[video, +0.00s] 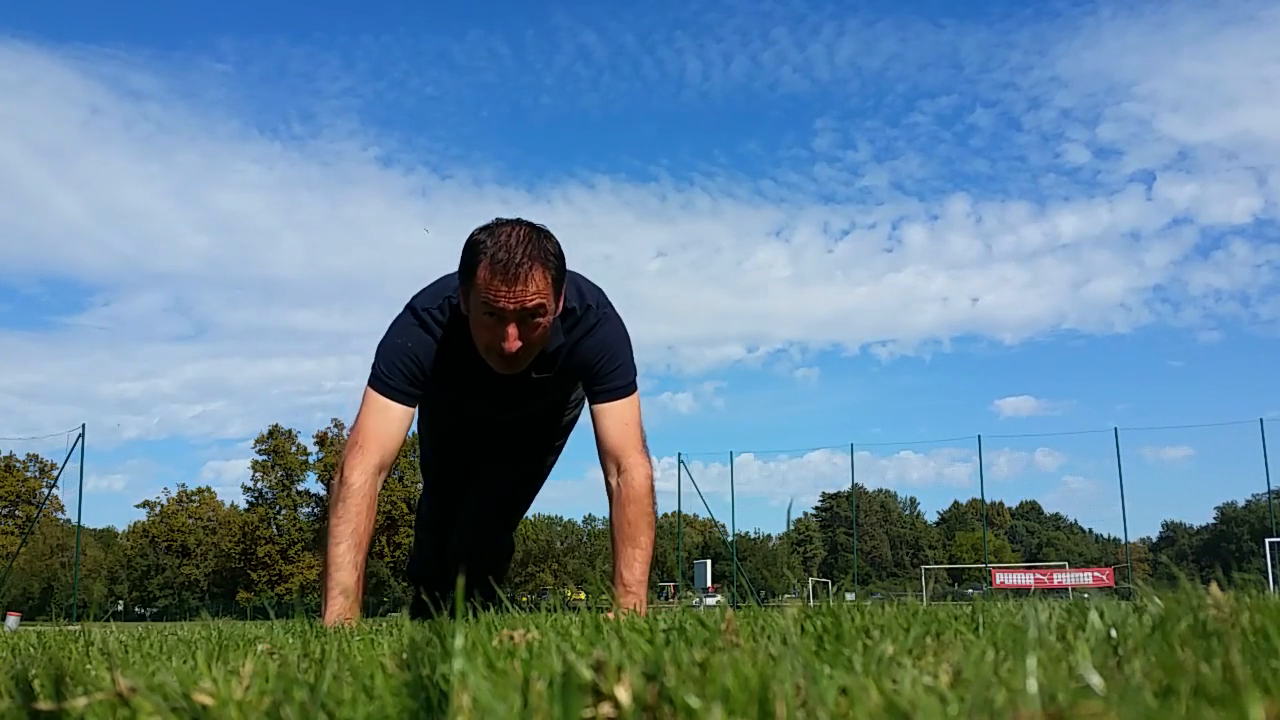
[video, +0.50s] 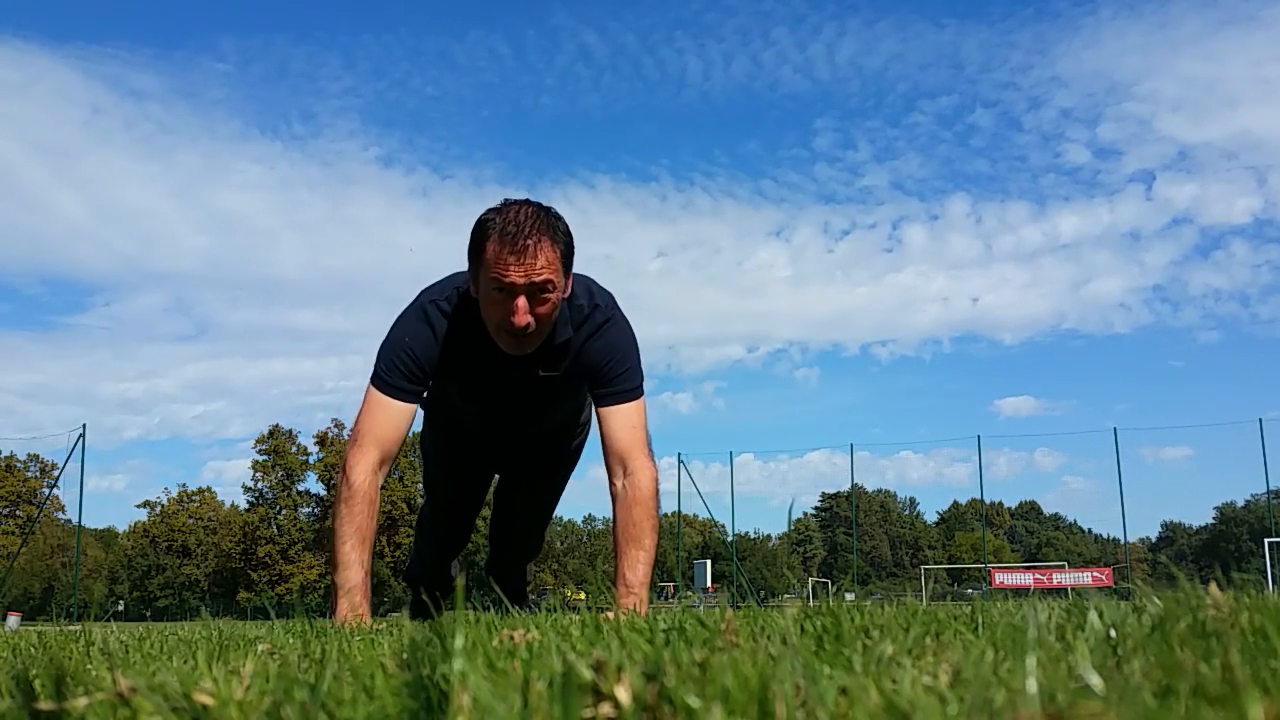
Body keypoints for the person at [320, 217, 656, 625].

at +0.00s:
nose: (511, 339)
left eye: (531, 317)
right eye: (493, 316)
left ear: (557, 300)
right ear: (464, 296)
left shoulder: (594, 326)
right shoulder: (423, 327)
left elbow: (627, 468)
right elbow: (361, 467)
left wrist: (630, 613)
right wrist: (340, 624)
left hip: (542, 410)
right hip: (454, 404)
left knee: (494, 524)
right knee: (441, 511)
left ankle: (476, 626)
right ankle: (427, 623)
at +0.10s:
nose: (514, 328)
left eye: (534, 306)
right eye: (496, 305)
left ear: (560, 291)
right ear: (467, 287)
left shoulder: (593, 322)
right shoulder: (427, 313)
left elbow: (629, 469)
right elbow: (357, 449)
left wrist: (631, 611)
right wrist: (353, 595)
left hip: (546, 420)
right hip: (459, 408)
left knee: (500, 530)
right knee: (441, 517)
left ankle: (487, 632)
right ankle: (427, 628)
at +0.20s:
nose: (515, 323)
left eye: (535, 300)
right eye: (497, 298)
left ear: (561, 289)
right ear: (469, 284)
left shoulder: (595, 325)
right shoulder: (426, 318)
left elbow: (629, 471)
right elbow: (357, 454)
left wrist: (631, 612)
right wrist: (351, 600)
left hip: (548, 428)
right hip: (461, 416)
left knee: (509, 537)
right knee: (442, 524)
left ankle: (501, 615)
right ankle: (425, 613)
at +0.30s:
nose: (513, 327)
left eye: (532, 304)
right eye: (494, 302)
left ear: (559, 291)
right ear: (466, 288)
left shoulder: (596, 328)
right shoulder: (423, 328)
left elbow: (628, 471)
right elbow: (365, 467)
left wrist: (631, 614)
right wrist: (353, 619)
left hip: (548, 431)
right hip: (462, 423)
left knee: (517, 538)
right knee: (440, 532)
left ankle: (518, 627)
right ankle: (426, 630)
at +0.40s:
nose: (515, 326)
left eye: (534, 302)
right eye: (496, 301)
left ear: (560, 289)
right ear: (468, 287)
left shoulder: (599, 328)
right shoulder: (424, 329)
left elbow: (628, 472)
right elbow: (363, 468)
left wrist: (630, 612)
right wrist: (349, 618)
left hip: (549, 434)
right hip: (460, 426)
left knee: (521, 542)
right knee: (442, 531)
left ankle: (509, 630)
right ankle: (425, 627)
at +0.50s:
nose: (520, 316)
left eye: (541, 292)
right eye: (502, 291)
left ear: (565, 282)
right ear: (473, 280)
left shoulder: (599, 324)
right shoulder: (429, 322)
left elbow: (631, 471)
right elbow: (364, 461)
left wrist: (631, 612)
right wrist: (351, 616)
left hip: (548, 437)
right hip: (460, 428)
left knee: (519, 543)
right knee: (442, 532)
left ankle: (506, 625)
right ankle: (425, 624)